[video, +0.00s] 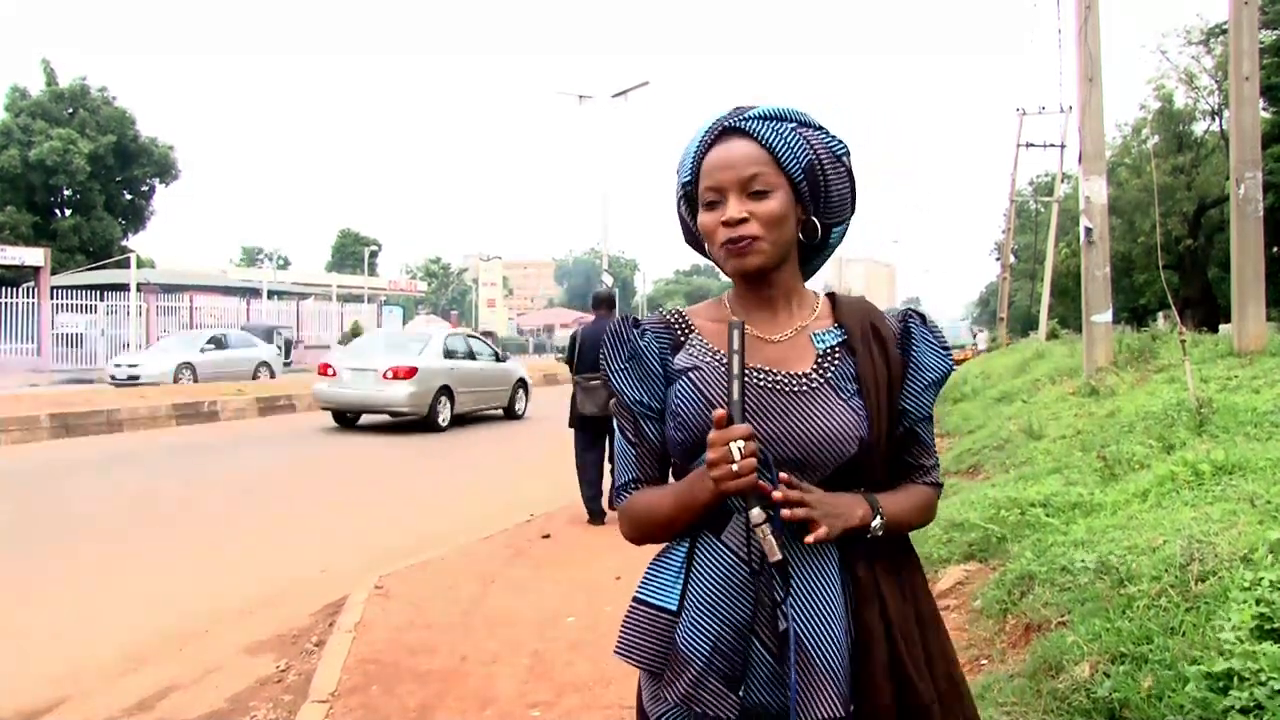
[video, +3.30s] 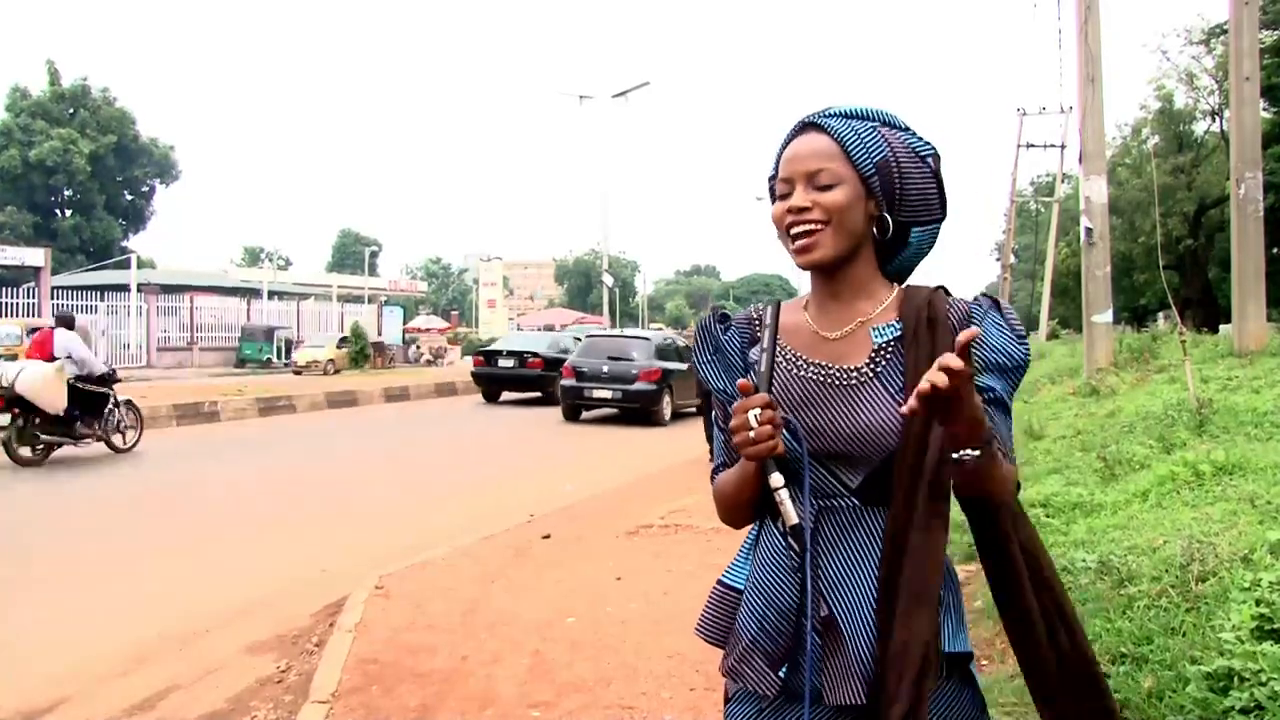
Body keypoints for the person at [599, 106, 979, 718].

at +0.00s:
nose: (733, 215)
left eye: (758, 192)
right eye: (713, 201)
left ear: (805, 205)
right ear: (697, 222)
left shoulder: (878, 339)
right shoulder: (660, 348)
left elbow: (923, 492)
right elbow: (634, 519)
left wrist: (858, 508)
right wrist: (704, 484)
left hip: (852, 627)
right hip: (713, 636)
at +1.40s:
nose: (801, 200)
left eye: (827, 181)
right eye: (784, 186)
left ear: (871, 203)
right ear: (767, 209)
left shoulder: (935, 331)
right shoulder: (731, 337)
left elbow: (977, 500)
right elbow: (707, 512)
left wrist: (921, 474)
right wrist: (764, 456)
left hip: (910, 630)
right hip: (777, 634)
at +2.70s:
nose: (817, 228)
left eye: (847, 210)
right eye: (805, 209)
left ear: (894, 231)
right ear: (788, 224)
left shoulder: (960, 349)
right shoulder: (760, 361)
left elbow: (1001, 519)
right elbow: (743, 531)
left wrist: (960, 453)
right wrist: (786, 494)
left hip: (934, 625)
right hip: (809, 625)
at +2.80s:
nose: (821, 219)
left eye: (849, 202)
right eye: (807, 203)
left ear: (896, 226)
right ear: (790, 223)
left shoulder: (955, 342)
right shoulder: (760, 356)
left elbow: (1006, 514)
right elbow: (743, 525)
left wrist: (968, 395)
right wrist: (783, 486)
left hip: (930, 627)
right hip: (806, 627)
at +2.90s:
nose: (824, 208)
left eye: (850, 190)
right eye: (808, 196)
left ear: (900, 213)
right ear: (791, 220)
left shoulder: (961, 322)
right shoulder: (762, 347)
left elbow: (1014, 491)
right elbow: (742, 517)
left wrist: (975, 323)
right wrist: (781, 473)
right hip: (806, 635)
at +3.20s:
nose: (808, 200)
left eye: (835, 182)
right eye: (794, 188)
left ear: (892, 203)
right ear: (781, 212)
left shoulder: (954, 318)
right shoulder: (751, 336)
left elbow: (1023, 471)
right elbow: (733, 511)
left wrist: (977, 299)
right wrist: (757, 456)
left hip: (909, 627)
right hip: (782, 626)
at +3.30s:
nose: (796, 205)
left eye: (822, 184)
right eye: (783, 191)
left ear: (877, 201)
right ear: (772, 210)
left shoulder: (947, 327)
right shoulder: (750, 338)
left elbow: (996, 492)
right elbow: (730, 511)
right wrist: (751, 462)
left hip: (904, 623)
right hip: (779, 621)